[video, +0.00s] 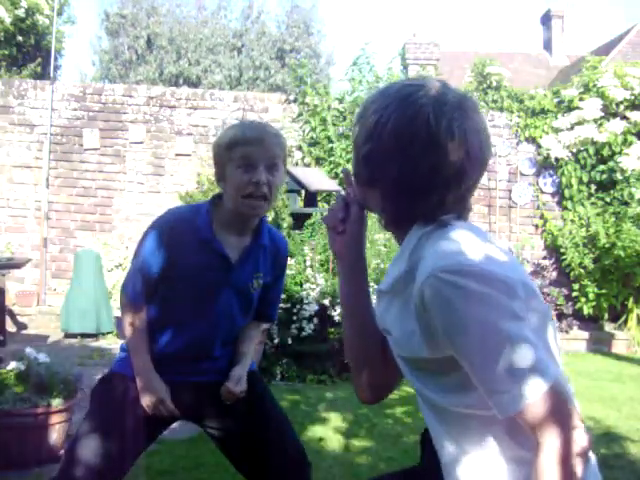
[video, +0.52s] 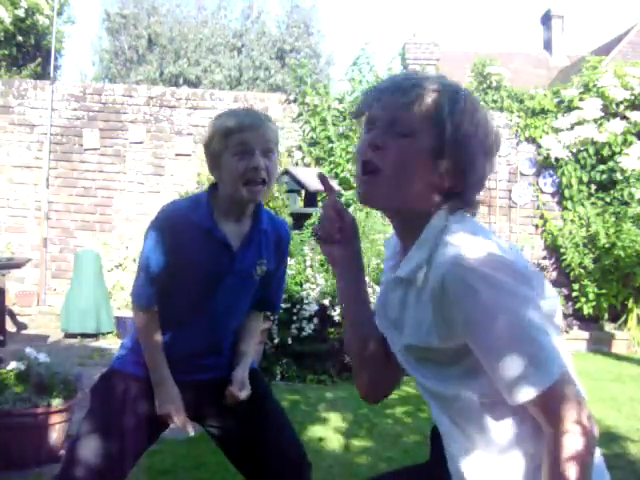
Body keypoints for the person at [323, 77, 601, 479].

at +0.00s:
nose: (353, 166)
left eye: (359, 152)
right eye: (358, 152)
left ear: (375, 173)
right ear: (469, 170)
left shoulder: (451, 272)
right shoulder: (420, 255)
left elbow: (559, 432)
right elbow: (372, 385)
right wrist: (349, 256)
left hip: (517, 472)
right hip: (473, 465)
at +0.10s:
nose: (357, 159)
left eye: (363, 146)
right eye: (362, 146)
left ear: (379, 168)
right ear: (469, 168)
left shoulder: (455, 268)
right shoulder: (423, 254)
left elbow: (566, 427)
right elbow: (375, 381)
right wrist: (352, 254)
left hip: (522, 472)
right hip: (474, 466)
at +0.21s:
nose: (359, 161)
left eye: (365, 146)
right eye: (364, 146)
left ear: (377, 169)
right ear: (467, 168)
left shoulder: (453, 262)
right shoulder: (425, 249)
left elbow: (569, 417)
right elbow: (375, 375)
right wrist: (354, 246)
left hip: (525, 471)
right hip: (480, 465)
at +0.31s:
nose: (361, 161)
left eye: (366, 145)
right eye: (365, 145)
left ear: (381, 165)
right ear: (463, 166)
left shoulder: (451, 261)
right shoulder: (425, 248)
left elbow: (568, 418)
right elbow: (376, 374)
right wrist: (354, 246)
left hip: (527, 471)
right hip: (484, 465)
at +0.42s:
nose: (352, 148)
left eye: (363, 137)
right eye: (359, 137)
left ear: (403, 154)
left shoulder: (456, 260)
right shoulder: (422, 251)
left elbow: (569, 422)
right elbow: (378, 378)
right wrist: (349, 253)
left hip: (524, 471)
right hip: (479, 464)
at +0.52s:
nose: (370, 141)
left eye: (399, 132)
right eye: (368, 128)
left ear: (447, 174)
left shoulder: (467, 264)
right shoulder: (403, 248)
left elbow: (573, 422)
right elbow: (373, 385)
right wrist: (344, 260)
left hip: (527, 471)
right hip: (465, 464)